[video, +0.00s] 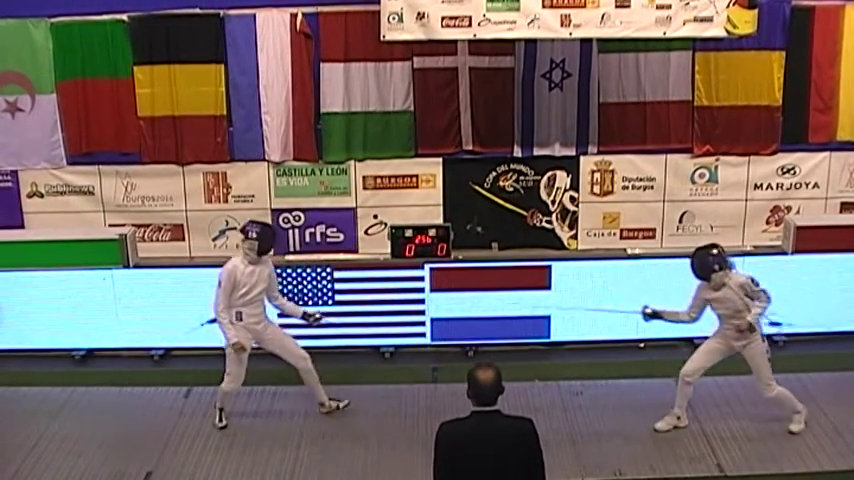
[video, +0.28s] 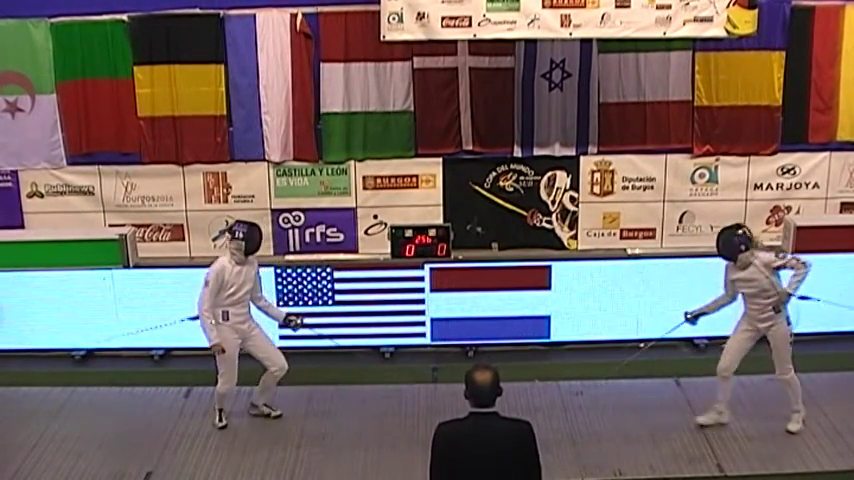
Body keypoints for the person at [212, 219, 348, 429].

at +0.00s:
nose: (249, 250)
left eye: (254, 248)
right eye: (246, 246)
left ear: (263, 250)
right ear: (241, 245)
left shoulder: (266, 266)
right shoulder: (231, 269)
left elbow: (276, 298)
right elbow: (220, 309)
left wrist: (303, 314)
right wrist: (231, 337)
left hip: (263, 326)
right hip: (239, 330)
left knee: (303, 360)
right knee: (232, 382)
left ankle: (325, 403)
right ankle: (220, 408)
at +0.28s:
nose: (237, 253)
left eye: (241, 250)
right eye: (234, 248)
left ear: (249, 250)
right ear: (229, 245)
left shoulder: (251, 265)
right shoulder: (218, 269)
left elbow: (258, 299)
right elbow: (204, 309)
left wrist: (284, 318)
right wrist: (213, 339)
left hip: (248, 325)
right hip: (224, 328)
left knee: (278, 366)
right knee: (227, 383)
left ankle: (259, 404)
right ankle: (220, 410)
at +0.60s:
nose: (248, 242)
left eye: (254, 238)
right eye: (246, 236)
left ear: (263, 242)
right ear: (242, 237)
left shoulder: (267, 261)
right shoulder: (231, 265)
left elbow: (280, 292)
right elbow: (223, 304)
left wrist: (311, 306)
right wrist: (239, 330)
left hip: (261, 321)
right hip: (236, 324)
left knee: (297, 358)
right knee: (231, 378)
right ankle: (219, 409)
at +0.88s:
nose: (287, 245)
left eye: (292, 240)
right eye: (284, 240)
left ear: (301, 241)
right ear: (278, 239)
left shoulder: (306, 259)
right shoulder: (268, 266)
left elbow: (335, 281)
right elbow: (263, 306)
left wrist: (368, 292)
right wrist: (277, 334)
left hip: (300, 322)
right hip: (275, 324)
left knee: (332, 357)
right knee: (254, 375)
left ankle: (328, 405)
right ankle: (227, 406)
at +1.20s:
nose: (305, 240)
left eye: (310, 237)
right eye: (302, 235)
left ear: (320, 241)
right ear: (299, 236)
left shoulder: (326, 258)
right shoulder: (289, 262)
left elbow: (355, 282)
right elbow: (275, 302)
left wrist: (389, 286)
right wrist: (284, 333)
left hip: (320, 317)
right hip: (296, 320)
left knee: (355, 356)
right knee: (302, 376)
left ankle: (353, 404)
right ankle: (299, 406)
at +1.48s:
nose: (332, 238)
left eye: (337, 234)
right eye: (330, 233)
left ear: (345, 237)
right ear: (325, 235)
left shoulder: (353, 256)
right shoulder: (315, 261)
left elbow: (382, 279)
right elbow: (303, 299)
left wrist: (418, 280)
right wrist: (313, 331)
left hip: (348, 319)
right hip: (323, 322)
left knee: (384, 355)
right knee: (313, 374)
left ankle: (400, 403)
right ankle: (299, 402)